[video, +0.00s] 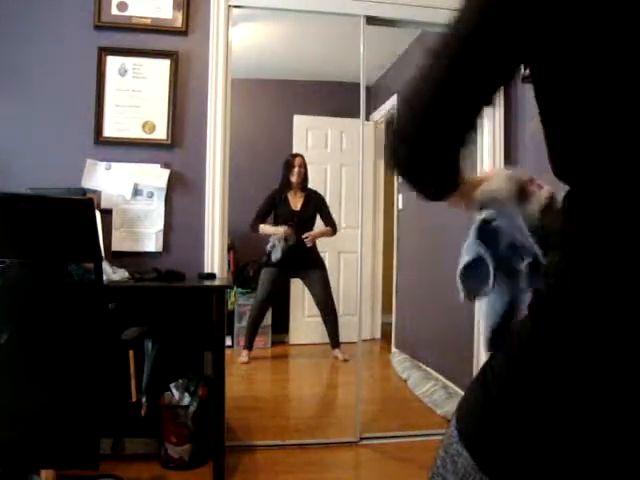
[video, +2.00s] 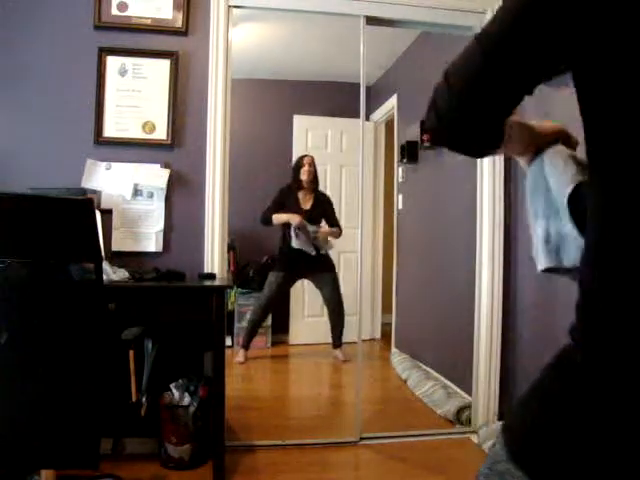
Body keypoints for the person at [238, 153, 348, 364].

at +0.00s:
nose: (298, 170)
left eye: (301, 167)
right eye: (294, 167)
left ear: (306, 170)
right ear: (287, 170)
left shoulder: (315, 198)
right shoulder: (277, 196)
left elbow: (332, 229)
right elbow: (256, 225)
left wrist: (316, 235)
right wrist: (278, 230)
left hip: (307, 255)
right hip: (279, 256)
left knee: (325, 300)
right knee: (262, 299)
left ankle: (336, 347)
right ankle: (247, 348)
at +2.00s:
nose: (308, 169)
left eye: (311, 165)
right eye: (304, 166)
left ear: (316, 171)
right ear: (297, 171)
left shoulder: (323, 199)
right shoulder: (286, 193)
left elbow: (337, 231)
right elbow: (265, 218)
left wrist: (326, 231)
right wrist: (289, 217)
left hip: (317, 259)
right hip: (289, 258)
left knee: (334, 300)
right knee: (267, 299)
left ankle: (337, 347)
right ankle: (244, 347)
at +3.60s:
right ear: (276, 207)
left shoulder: (312, 218)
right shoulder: (272, 221)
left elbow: (317, 247)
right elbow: (267, 249)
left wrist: (328, 235)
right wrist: (259, 231)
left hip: (306, 274)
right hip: (273, 275)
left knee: (343, 303)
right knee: (241, 305)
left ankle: (343, 347)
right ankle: (237, 350)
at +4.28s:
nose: (299, 185)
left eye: (303, 181)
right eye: (296, 181)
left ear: (307, 185)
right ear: (288, 184)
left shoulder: (315, 212)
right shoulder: (279, 210)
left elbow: (336, 237)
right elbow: (264, 225)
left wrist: (330, 230)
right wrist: (290, 222)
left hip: (309, 272)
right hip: (279, 272)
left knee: (345, 303)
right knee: (243, 303)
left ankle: (344, 347)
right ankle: (235, 350)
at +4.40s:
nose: (300, 186)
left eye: (303, 182)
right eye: (296, 182)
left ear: (307, 186)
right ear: (289, 185)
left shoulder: (316, 212)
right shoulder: (279, 209)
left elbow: (334, 237)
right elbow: (265, 229)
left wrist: (340, 234)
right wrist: (285, 226)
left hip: (309, 273)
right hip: (279, 272)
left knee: (345, 303)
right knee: (243, 304)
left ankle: (344, 347)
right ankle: (236, 350)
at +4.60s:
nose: (301, 185)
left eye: (304, 181)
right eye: (297, 181)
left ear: (309, 185)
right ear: (290, 184)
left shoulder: (316, 211)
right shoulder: (280, 209)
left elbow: (338, 233)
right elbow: (284, 220)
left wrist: (352, 229)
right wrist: (307, 219)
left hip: (308, 272)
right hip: (279, 271)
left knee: (343, 302)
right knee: (243, 304)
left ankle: (344, 347)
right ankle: (236, 350)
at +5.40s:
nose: (300, 187)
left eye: (305, 182)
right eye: (296, 183)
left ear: (311, 187)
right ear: (289, 186)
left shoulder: (316, 209)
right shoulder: (279, 208)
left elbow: (298, 225)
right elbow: (261, 220)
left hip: (310, 272)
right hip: (280, 271)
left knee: (346, 303)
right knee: (244, 302)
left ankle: (345, 347)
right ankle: (236, 349)